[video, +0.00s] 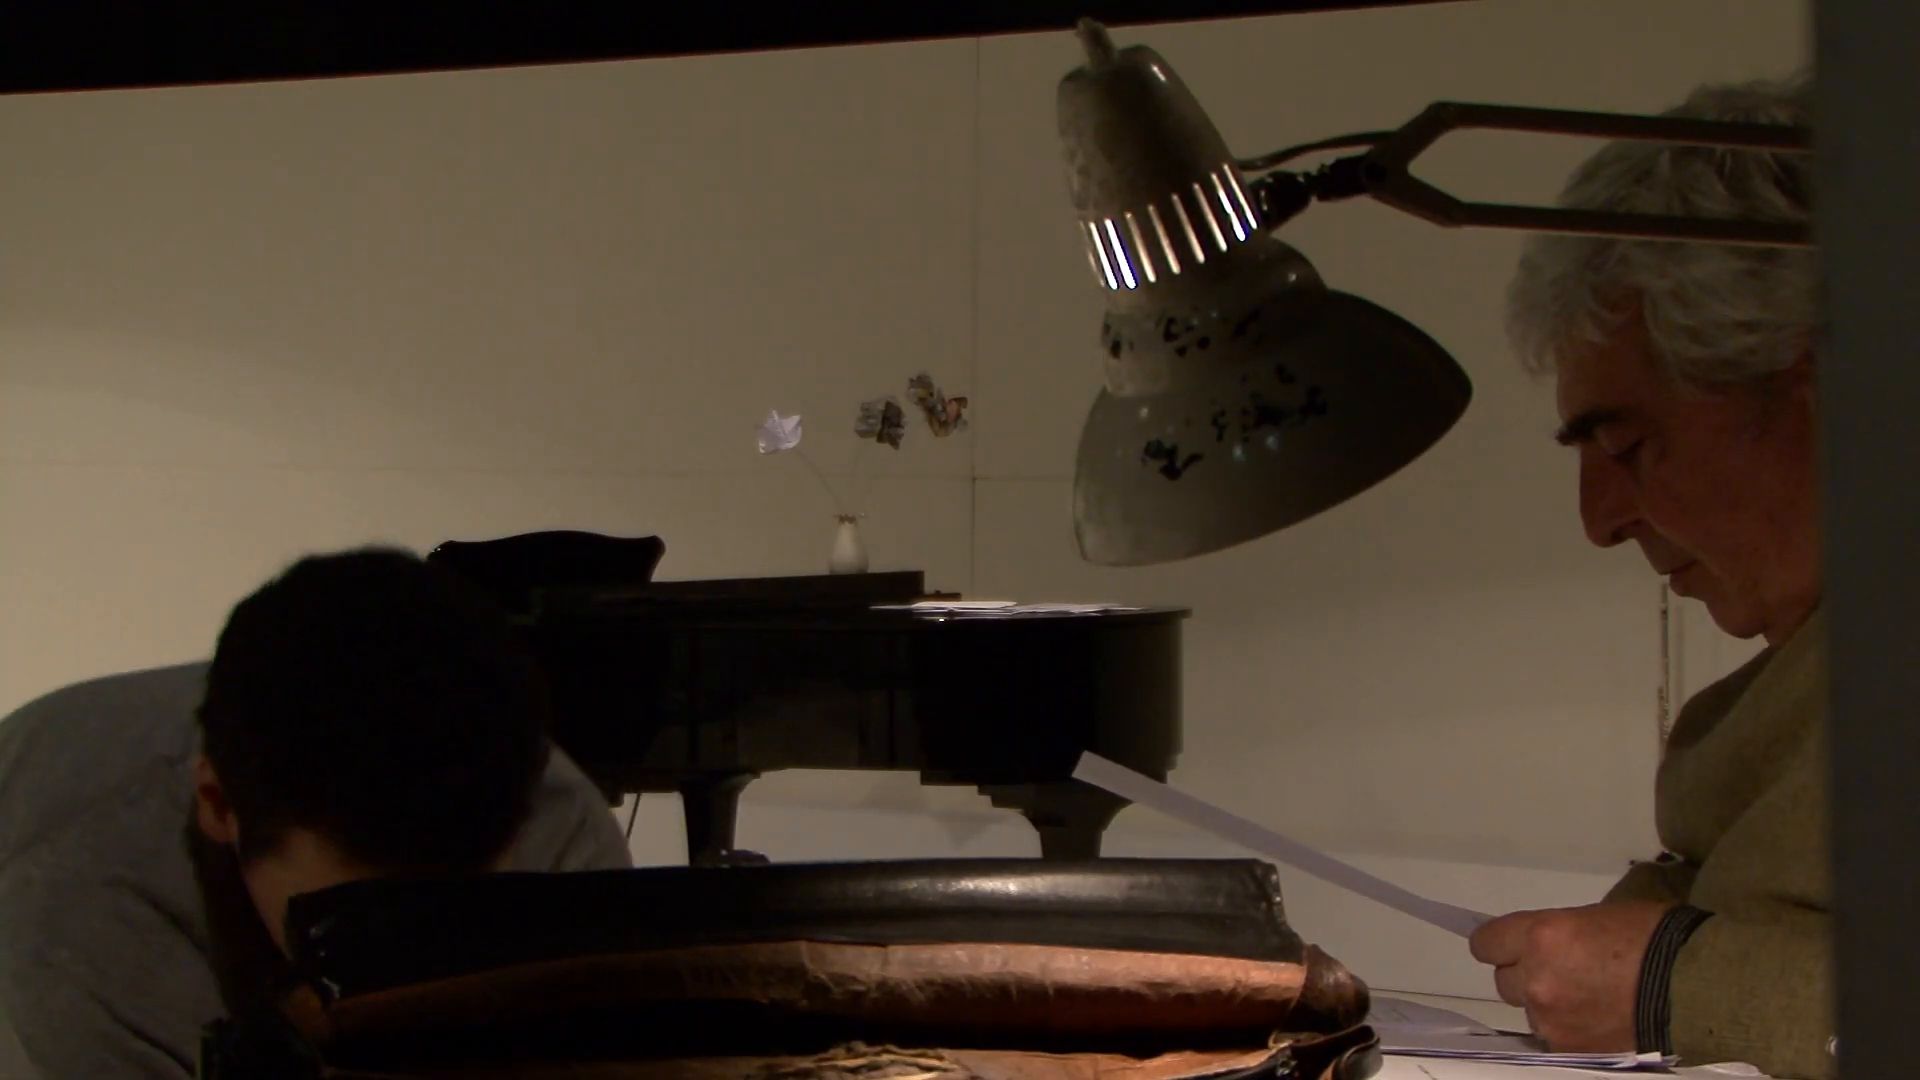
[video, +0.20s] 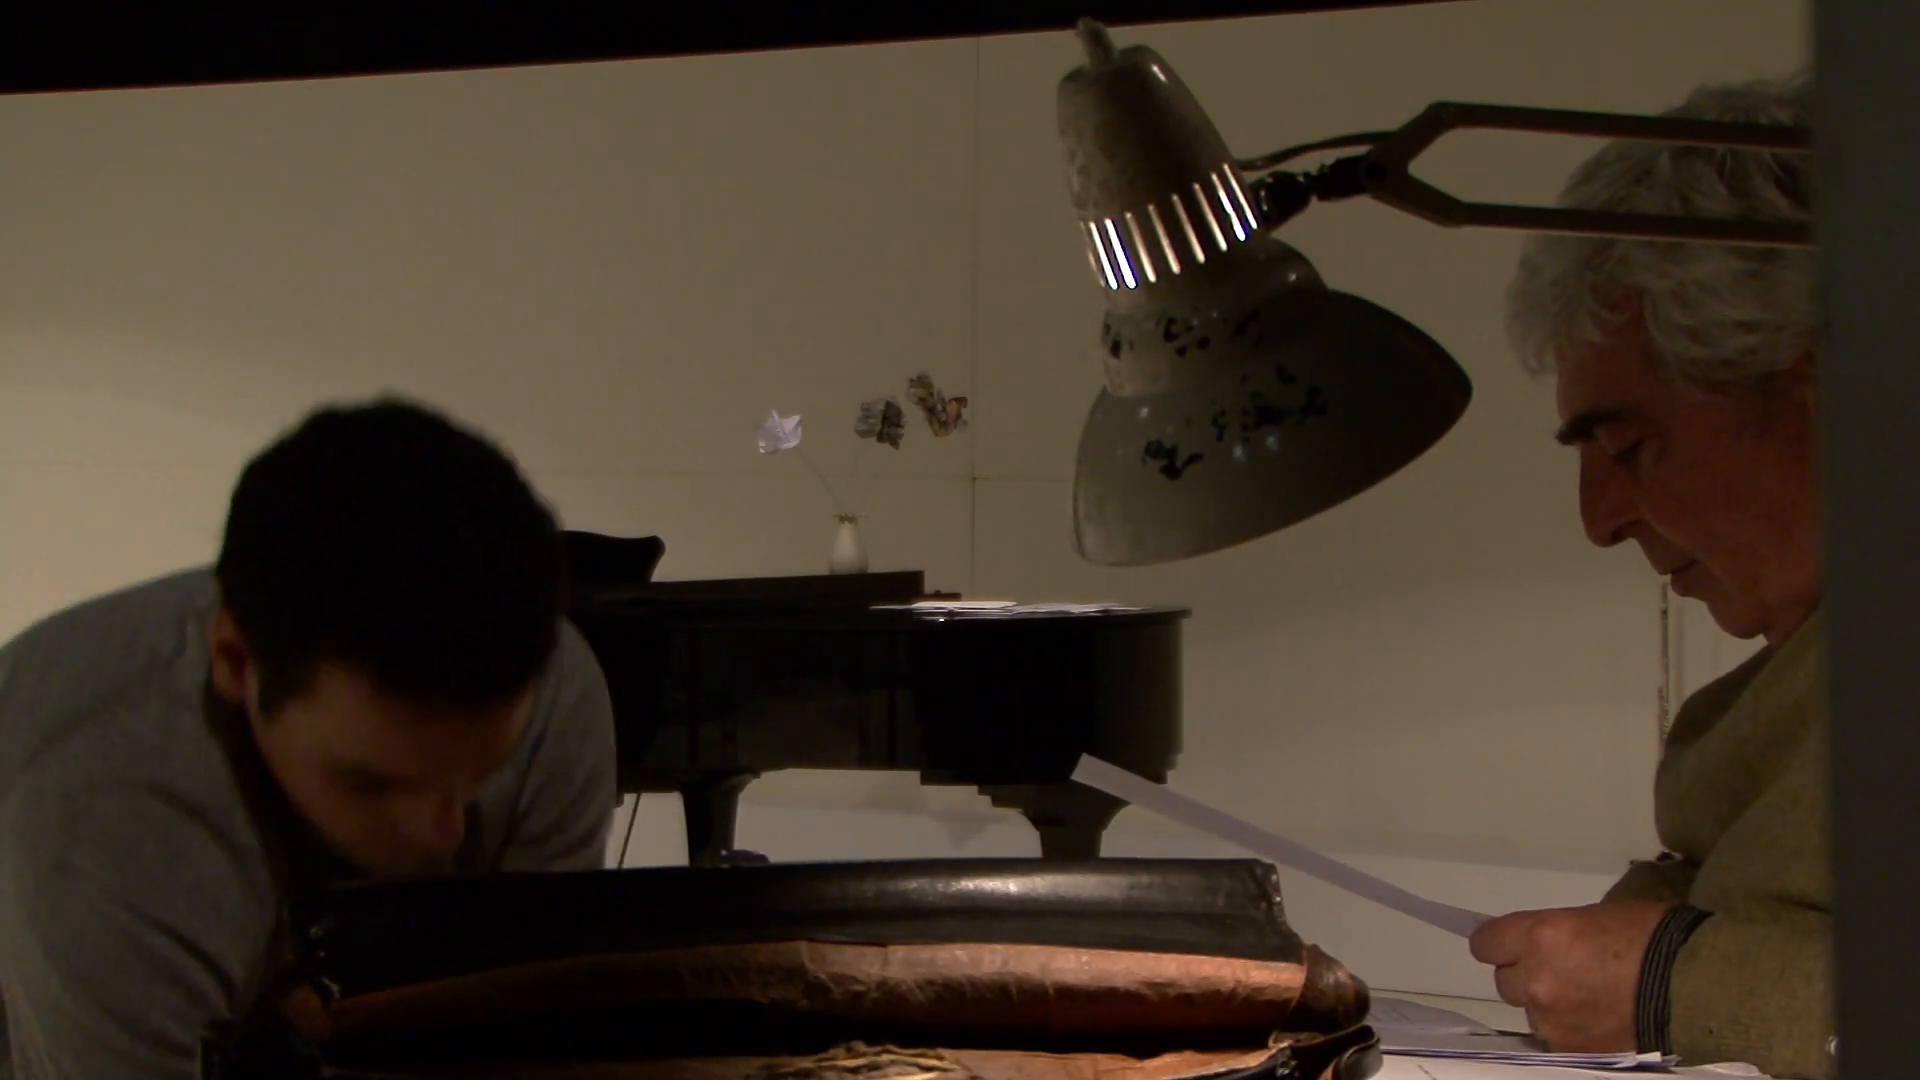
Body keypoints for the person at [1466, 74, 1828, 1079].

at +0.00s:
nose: (1601, 520)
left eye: (1623, 441)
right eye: (1589, 454)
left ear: (1809, 381)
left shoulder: (1873, 656)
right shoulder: (1793, 670)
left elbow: (1892, 1002)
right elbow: (1724, 870)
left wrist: (1675, 984)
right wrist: (1642, 947)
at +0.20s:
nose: (1601, 520)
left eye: (1624, 442)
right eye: (1591, 455)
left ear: (1810, 379)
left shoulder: (1873, 653)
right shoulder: (1792, 669)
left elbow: (1894, 1003)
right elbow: (1732, 873)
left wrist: (1674, 983)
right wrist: (1643, 947)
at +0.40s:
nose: (1602, 520)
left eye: (1627, 443)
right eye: (1591, 455)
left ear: (1809, 381)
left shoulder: (1873, 653)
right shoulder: (1794, 665)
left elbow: (1893, 1006)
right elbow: (1726, 872)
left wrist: (1673, 983)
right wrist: (1642, 945)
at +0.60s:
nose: (1602, 520)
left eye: (1628, 442)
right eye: (1592, 455)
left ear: (1806, 381)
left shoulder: (1874, 652)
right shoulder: (1797, 664)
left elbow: (1894, 1006)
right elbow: (1729, 873)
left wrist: (1674, 984)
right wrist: (1641, 949)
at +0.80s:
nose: (1601, 520)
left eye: (1626, 442)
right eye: (1590, 454)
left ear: (1808, 382)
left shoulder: (1871, 656)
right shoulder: (1792, 670)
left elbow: (1892, 1005)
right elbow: (1726, 871)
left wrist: (1675, 984)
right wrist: (1643, 945)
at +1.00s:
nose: (1600, 522)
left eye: (1624, 443)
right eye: (1589, 456)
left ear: (1807, 382)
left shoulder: (1871, 654)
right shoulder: (1796, 667)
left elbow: (1892, 1004)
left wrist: (1673, 984)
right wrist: (1645, 943)